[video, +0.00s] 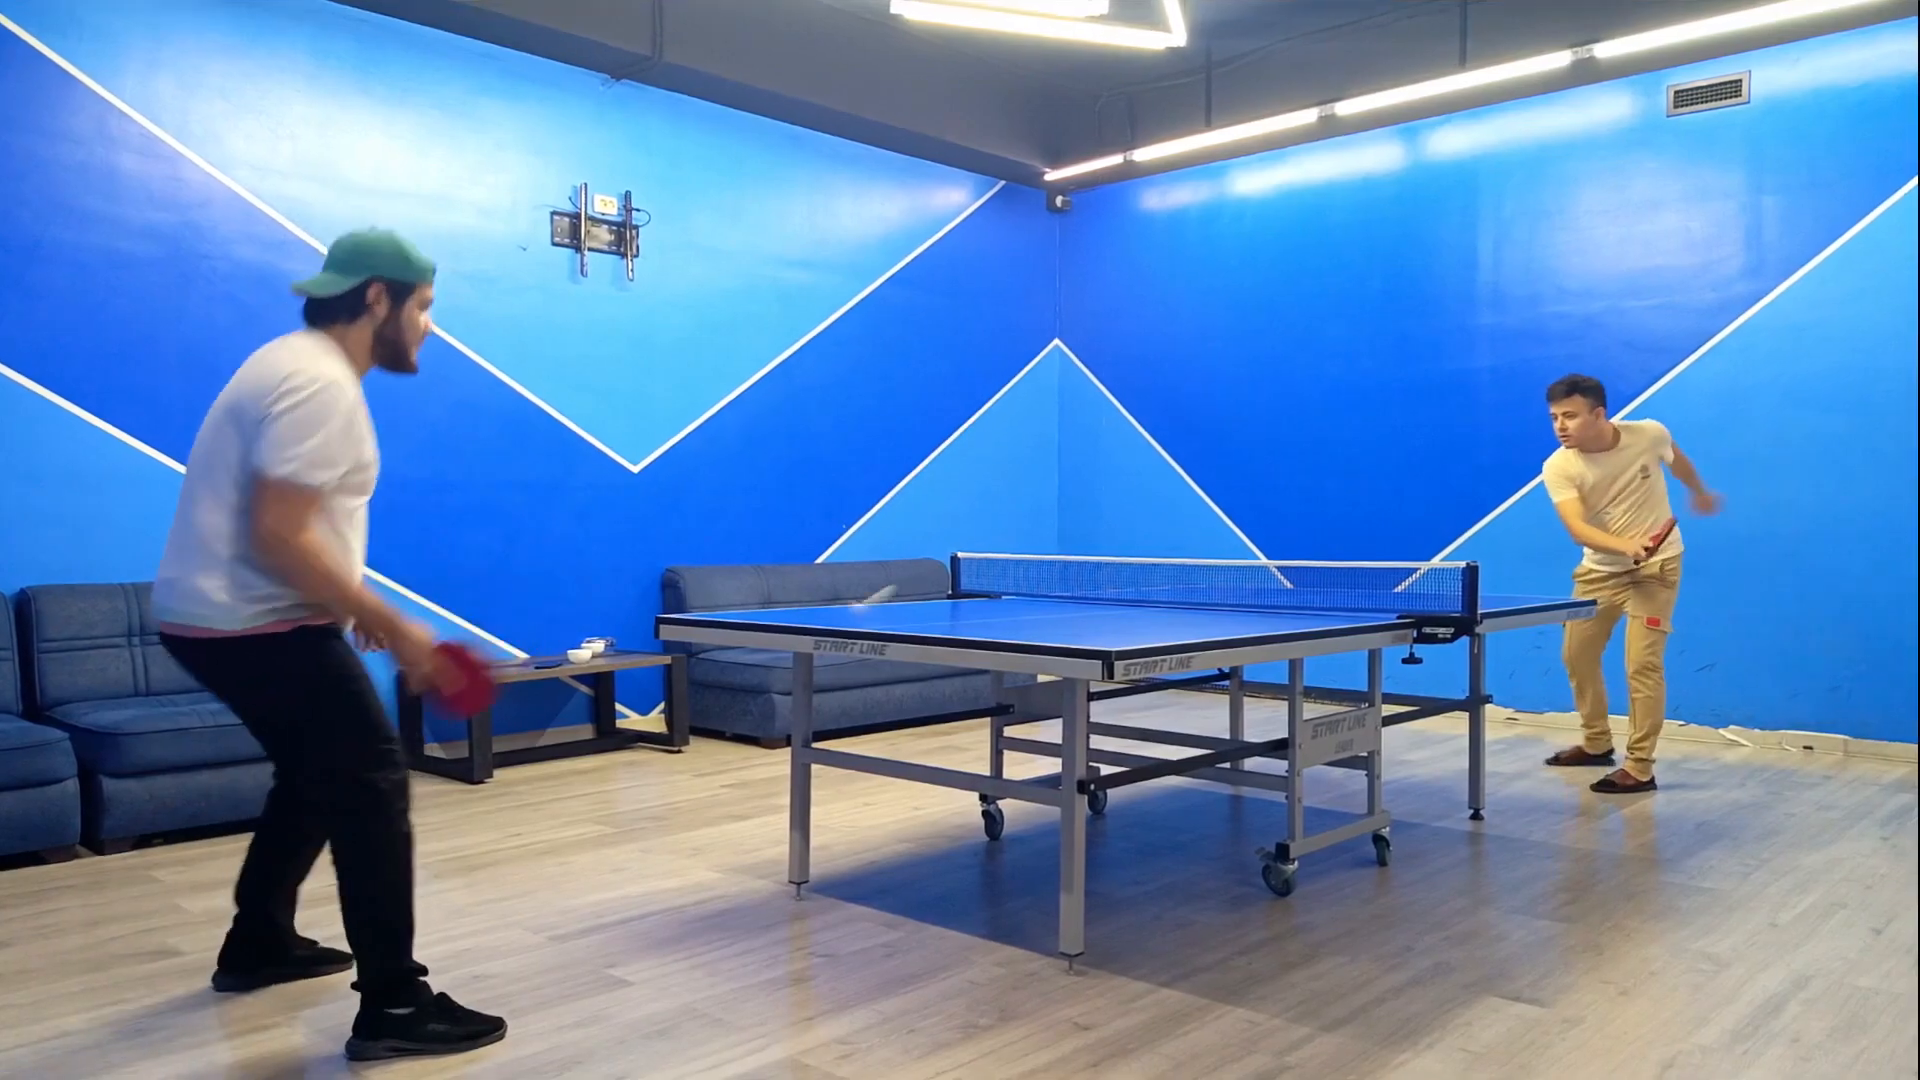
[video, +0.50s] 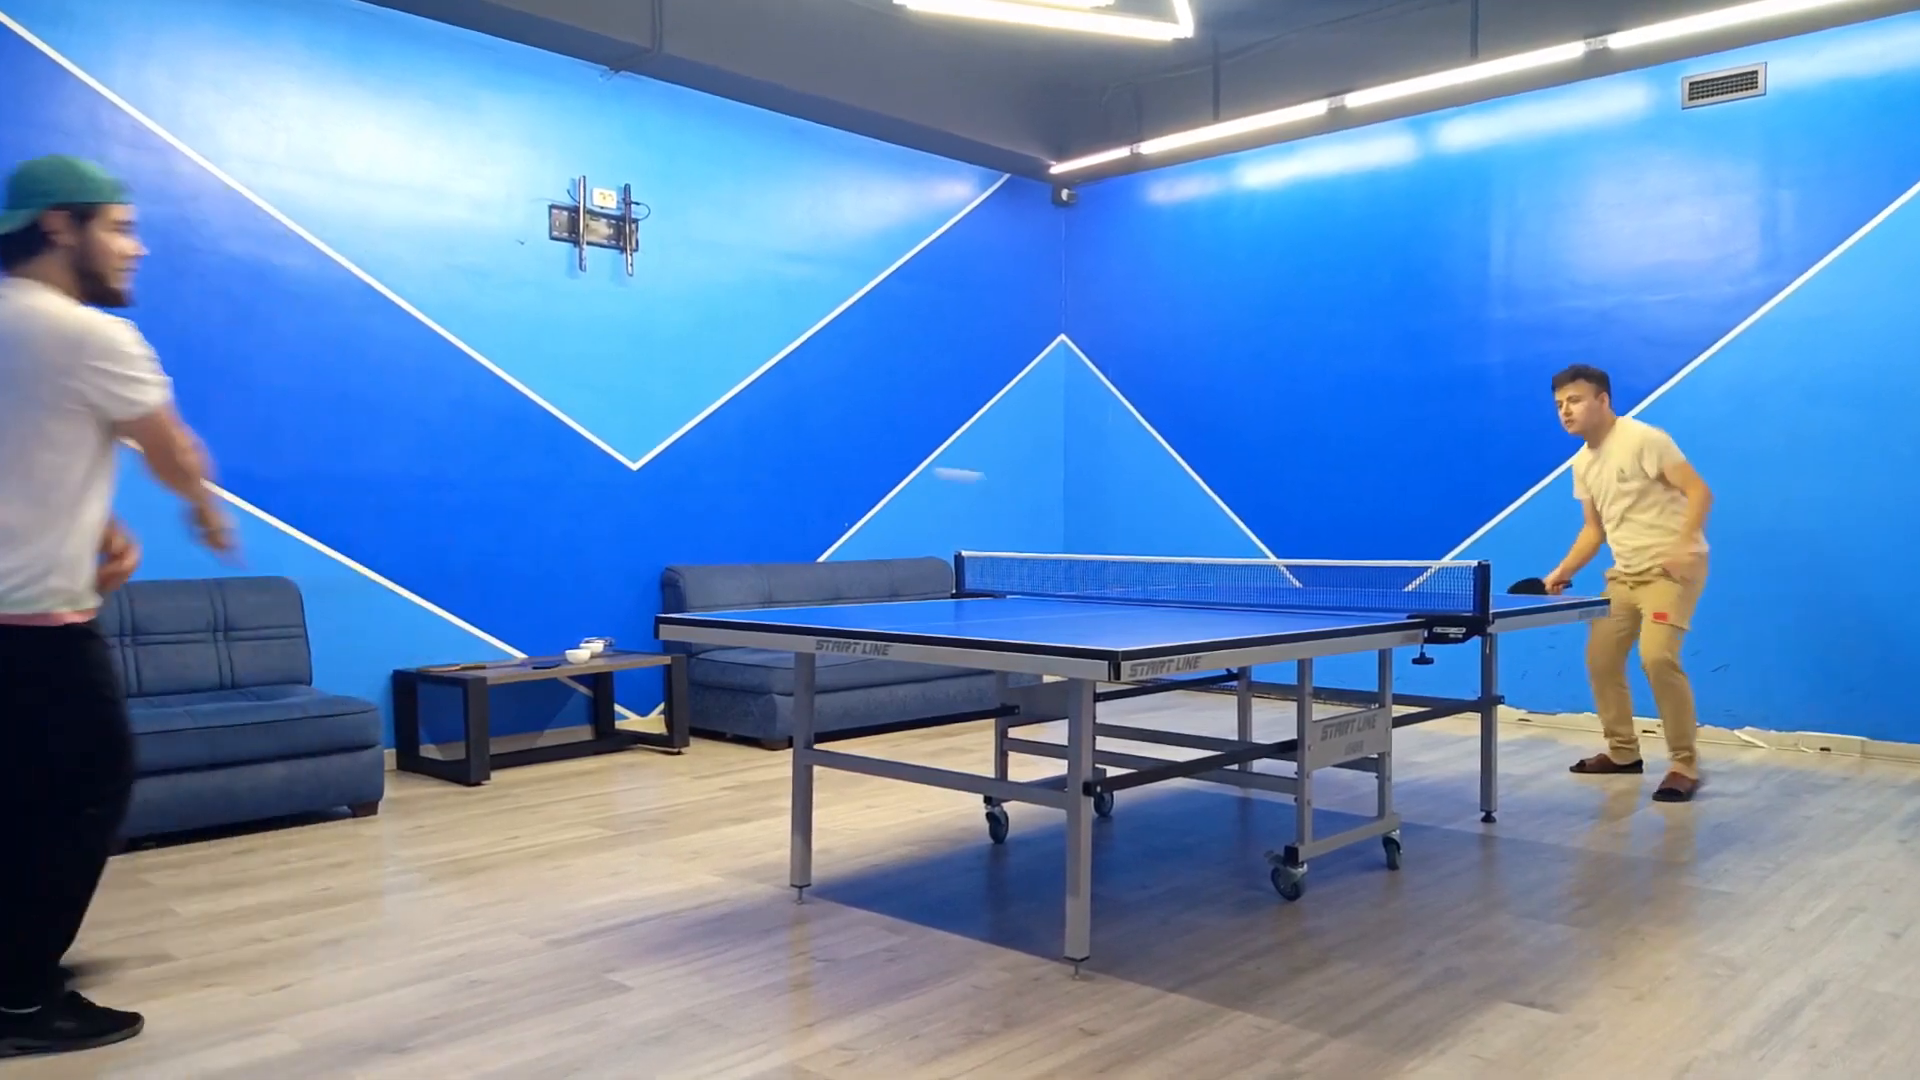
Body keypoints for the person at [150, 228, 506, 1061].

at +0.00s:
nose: (429, 325)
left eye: (430, 308)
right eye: (423, 307)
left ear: (364, 302)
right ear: (378, 301)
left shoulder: (293, 364)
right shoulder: (320, 384)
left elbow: (277, 521)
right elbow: (281, 535)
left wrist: (345, 603)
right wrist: (398, 631)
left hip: (223, 614)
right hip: (255, 621)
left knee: (316, 770)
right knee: (373, 777)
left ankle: (258, 942)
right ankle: (394, 999)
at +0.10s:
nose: (398, 343)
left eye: (399, 326)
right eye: (388, 325)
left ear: (339, 322)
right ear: (338, 320)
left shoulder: (303, 399)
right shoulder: (264, 411)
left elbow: (286, 537)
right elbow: (239, 572)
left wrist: (353, 584)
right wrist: (369, 629)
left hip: (252, 619)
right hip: (205, 630)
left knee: (318, 773)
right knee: (338, 777)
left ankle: (258, 944)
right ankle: (391, 997)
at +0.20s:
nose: (344, 335)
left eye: (343, 318)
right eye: (332, 317)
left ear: (283, 318)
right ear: (276, 316)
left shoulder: (266, 398)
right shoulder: (215, 415)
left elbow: (294, 541)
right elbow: (255, 575)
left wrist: (383, 590)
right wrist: (398, 590)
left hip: (228, 616)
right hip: (166, 632)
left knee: (307, 752)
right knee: (312, 757)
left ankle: (256, 950)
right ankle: (327, 999)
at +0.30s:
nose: (284, 296)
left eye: (283, 278)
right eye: (271, 276)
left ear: (212, 277)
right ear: (215, 273)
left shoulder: (129, 340)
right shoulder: (190, 382)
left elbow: (165, 441)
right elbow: (298, 507)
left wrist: (244, 507)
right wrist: (425, 546)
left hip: (103, 594)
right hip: (124, 607)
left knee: (243, 741)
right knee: (244, 745)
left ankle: (253, 939)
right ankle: (192, 978)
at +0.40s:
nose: (210, 257)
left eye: (209, 240)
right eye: (197, 239)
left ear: (131, 242)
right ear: (139, 237)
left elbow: (57, 438)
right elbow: (258, 455)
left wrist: (150, 497)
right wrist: (328, 508)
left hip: (25, 598)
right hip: (94, 608)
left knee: (123, 776)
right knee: (137, 782)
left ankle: (205, 932)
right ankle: (39, 981)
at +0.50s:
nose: (136, 247)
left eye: (134, 230)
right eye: (120, 229)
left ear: (53, 234)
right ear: (59, 231)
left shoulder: (14, 312)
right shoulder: (90, 336)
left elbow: (25, 452)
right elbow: (177, 457)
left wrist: (90, 530)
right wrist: (205, 503)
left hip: (15, 616)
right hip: (40, 624)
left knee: (32, 788)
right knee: (94, 777)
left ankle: (25, 987)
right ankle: (25, 996)